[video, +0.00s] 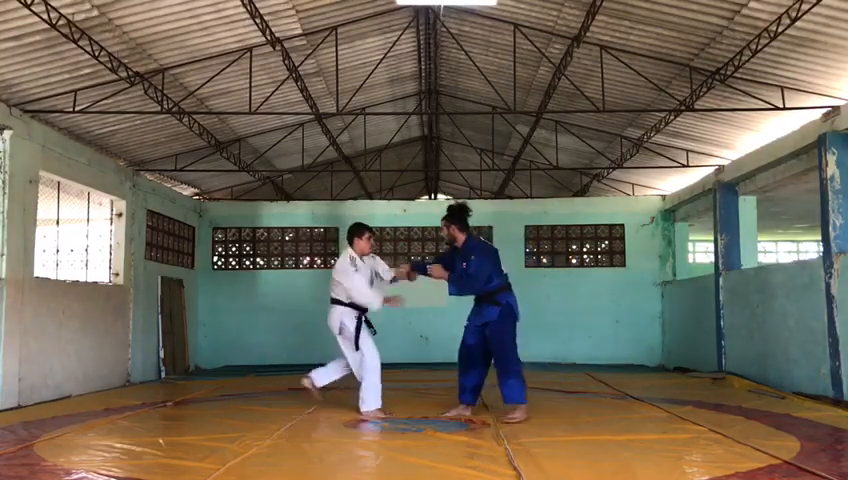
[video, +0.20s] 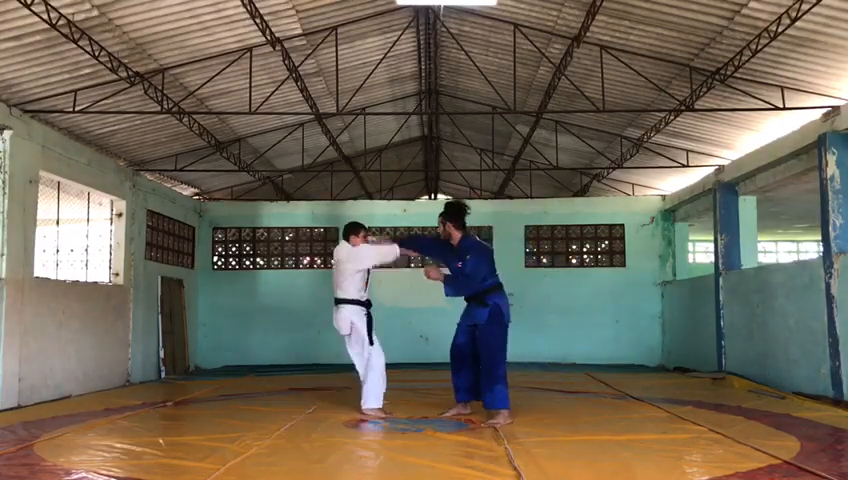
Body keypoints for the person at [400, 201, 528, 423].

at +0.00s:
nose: (444, 233)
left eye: (445, 228)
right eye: (443, 228)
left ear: (453, 228)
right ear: (458, 227)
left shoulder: (481, 249)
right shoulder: (457, 251)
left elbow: (477, 283)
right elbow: (438, 266)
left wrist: (447, 276)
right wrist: (413, 268)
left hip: (501, 305)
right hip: (481, 305)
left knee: (504, 353)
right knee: (470, 352)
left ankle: (520, 406)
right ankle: (465, 405)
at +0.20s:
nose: (440, 230)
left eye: (441, 225)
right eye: (440, 226)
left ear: (448, 225)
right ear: (457, 224)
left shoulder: (477, 249)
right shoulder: (449, 247)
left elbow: (470, 283)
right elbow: (422, 244)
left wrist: (442, 277)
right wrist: (393, 245)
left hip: (493, 305)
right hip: (473, 305)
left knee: (492, 355)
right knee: (460, 349)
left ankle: (503, 411)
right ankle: (463, 404)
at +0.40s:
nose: (430, 222)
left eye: (431, 218)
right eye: (431, 218)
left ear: (438, 219)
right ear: (447, 218)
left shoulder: (466, 246)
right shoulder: (438, 240)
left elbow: (467, 281)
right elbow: (411, 234)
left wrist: (437, 283)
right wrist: (384, 230)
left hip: (476, 303)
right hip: (458, 303)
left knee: (474, 352)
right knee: (452, 352)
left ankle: (490, 403)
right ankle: (461, 403)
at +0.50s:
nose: (425, 220)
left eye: (426, 216)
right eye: (425, 217)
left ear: (432, 218)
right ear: (441, 217)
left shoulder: (461, 246)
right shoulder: (432, 237)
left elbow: (462, 283)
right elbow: (407, 230)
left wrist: (433, 285)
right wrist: (380, 223)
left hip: (467, 303)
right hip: (453, 302)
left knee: (456, 350)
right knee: (447, 350)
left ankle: (463, 405)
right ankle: (458, 403)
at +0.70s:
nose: (408, 226)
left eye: (411, 222)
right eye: (409, 221)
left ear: (421, 223)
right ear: (423, 221)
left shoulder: (446, 247)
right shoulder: (417, 240)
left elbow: (451, 284)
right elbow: (393, 245)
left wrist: (420, 291)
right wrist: (366, 248)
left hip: (454, 306)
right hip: (442, 304)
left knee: (440, 352)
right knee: (437, 348)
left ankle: (446, 413)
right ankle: (455, 395)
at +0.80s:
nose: (396, 235)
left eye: (400, 230)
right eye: (396, 230)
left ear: (413, 230)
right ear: (406, 230)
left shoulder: (437, 250)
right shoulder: (400, 249)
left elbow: (451, 283)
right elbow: (380, 263)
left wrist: (429, 298)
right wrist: (360, 274)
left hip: (450, 309)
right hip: (427, 308)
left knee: (443, 358)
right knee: (428, 357)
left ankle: (445, 411)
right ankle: (452, 394)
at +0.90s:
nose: (387, 253)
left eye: (390, 248)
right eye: (384, 249)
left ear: (402, 244)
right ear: (382, 246)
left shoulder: (424, 258)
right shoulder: (386, 264)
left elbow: (457, 279)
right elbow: (377, 293)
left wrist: (454, 311)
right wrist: (370, 318)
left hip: (441, 311)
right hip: (414, 312)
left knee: (439, 356)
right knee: (418, 359)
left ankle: (444, 411)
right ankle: (438, 403)